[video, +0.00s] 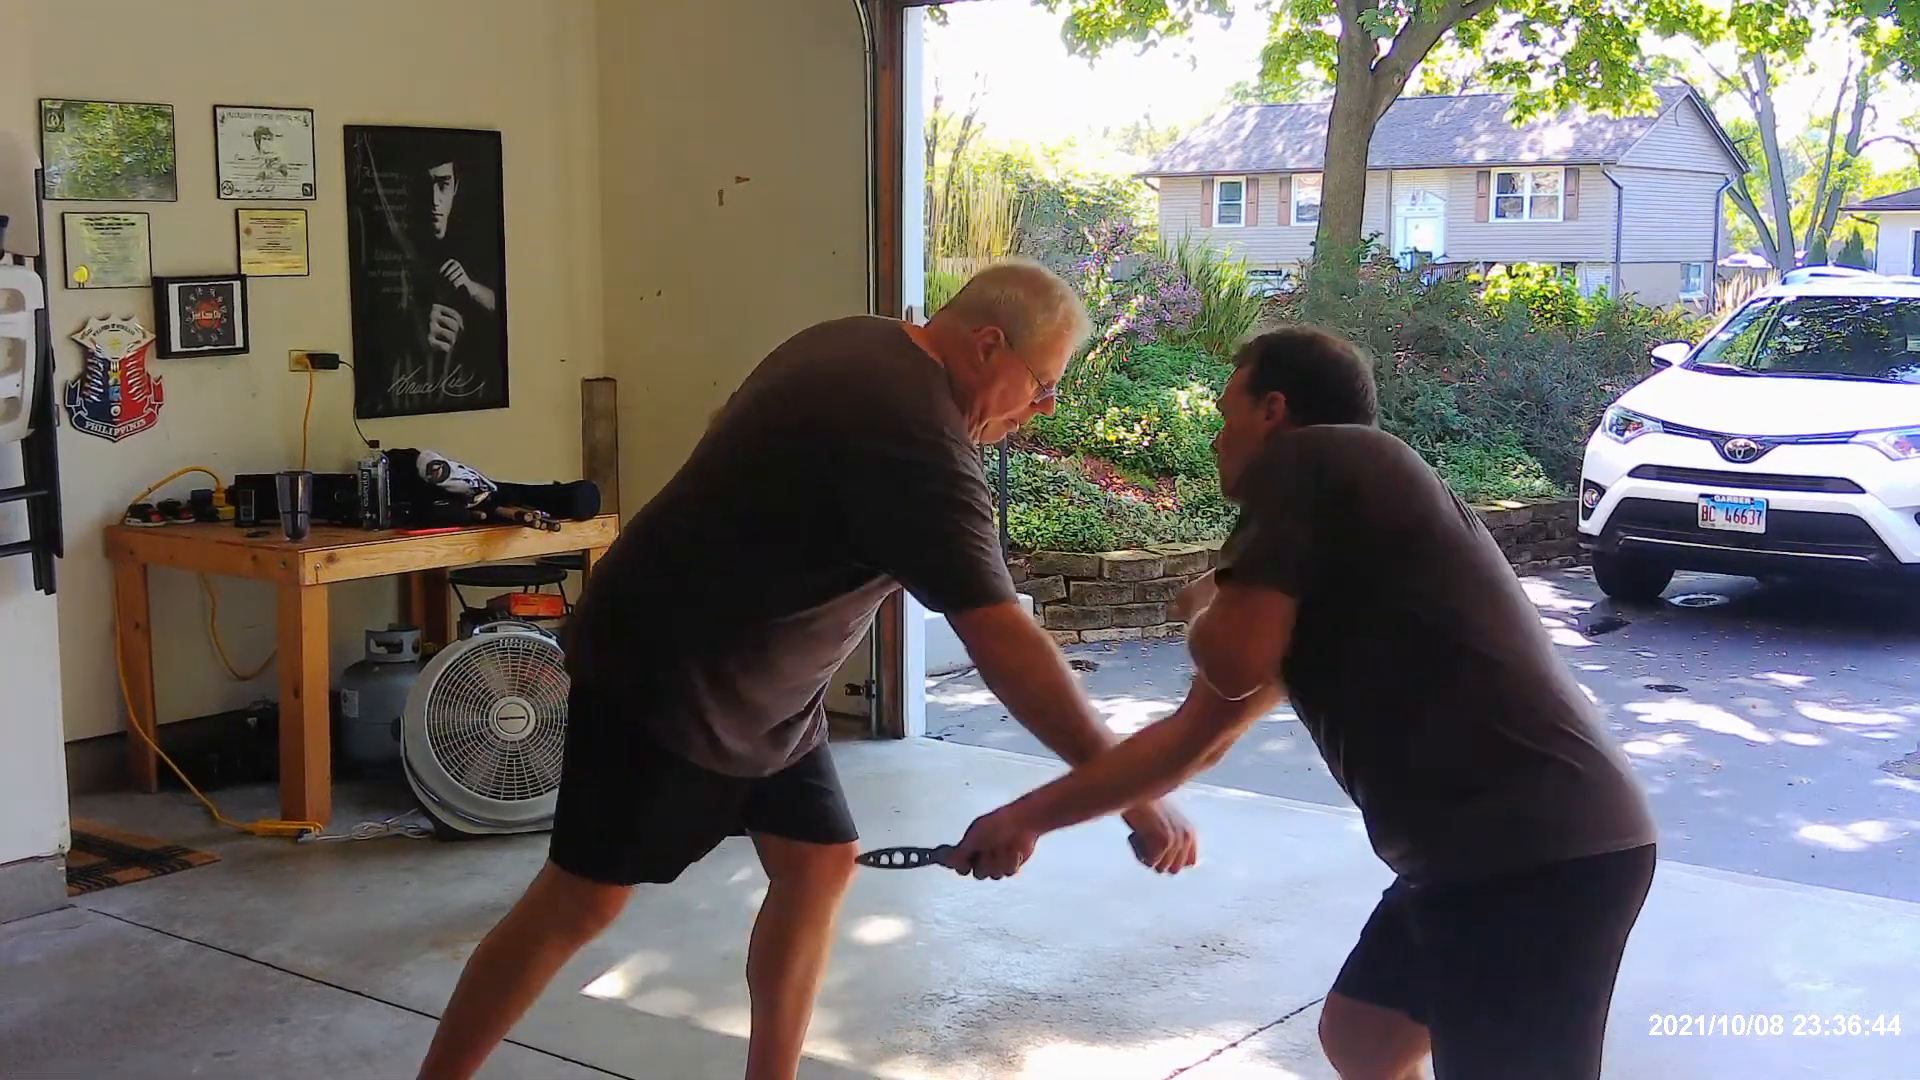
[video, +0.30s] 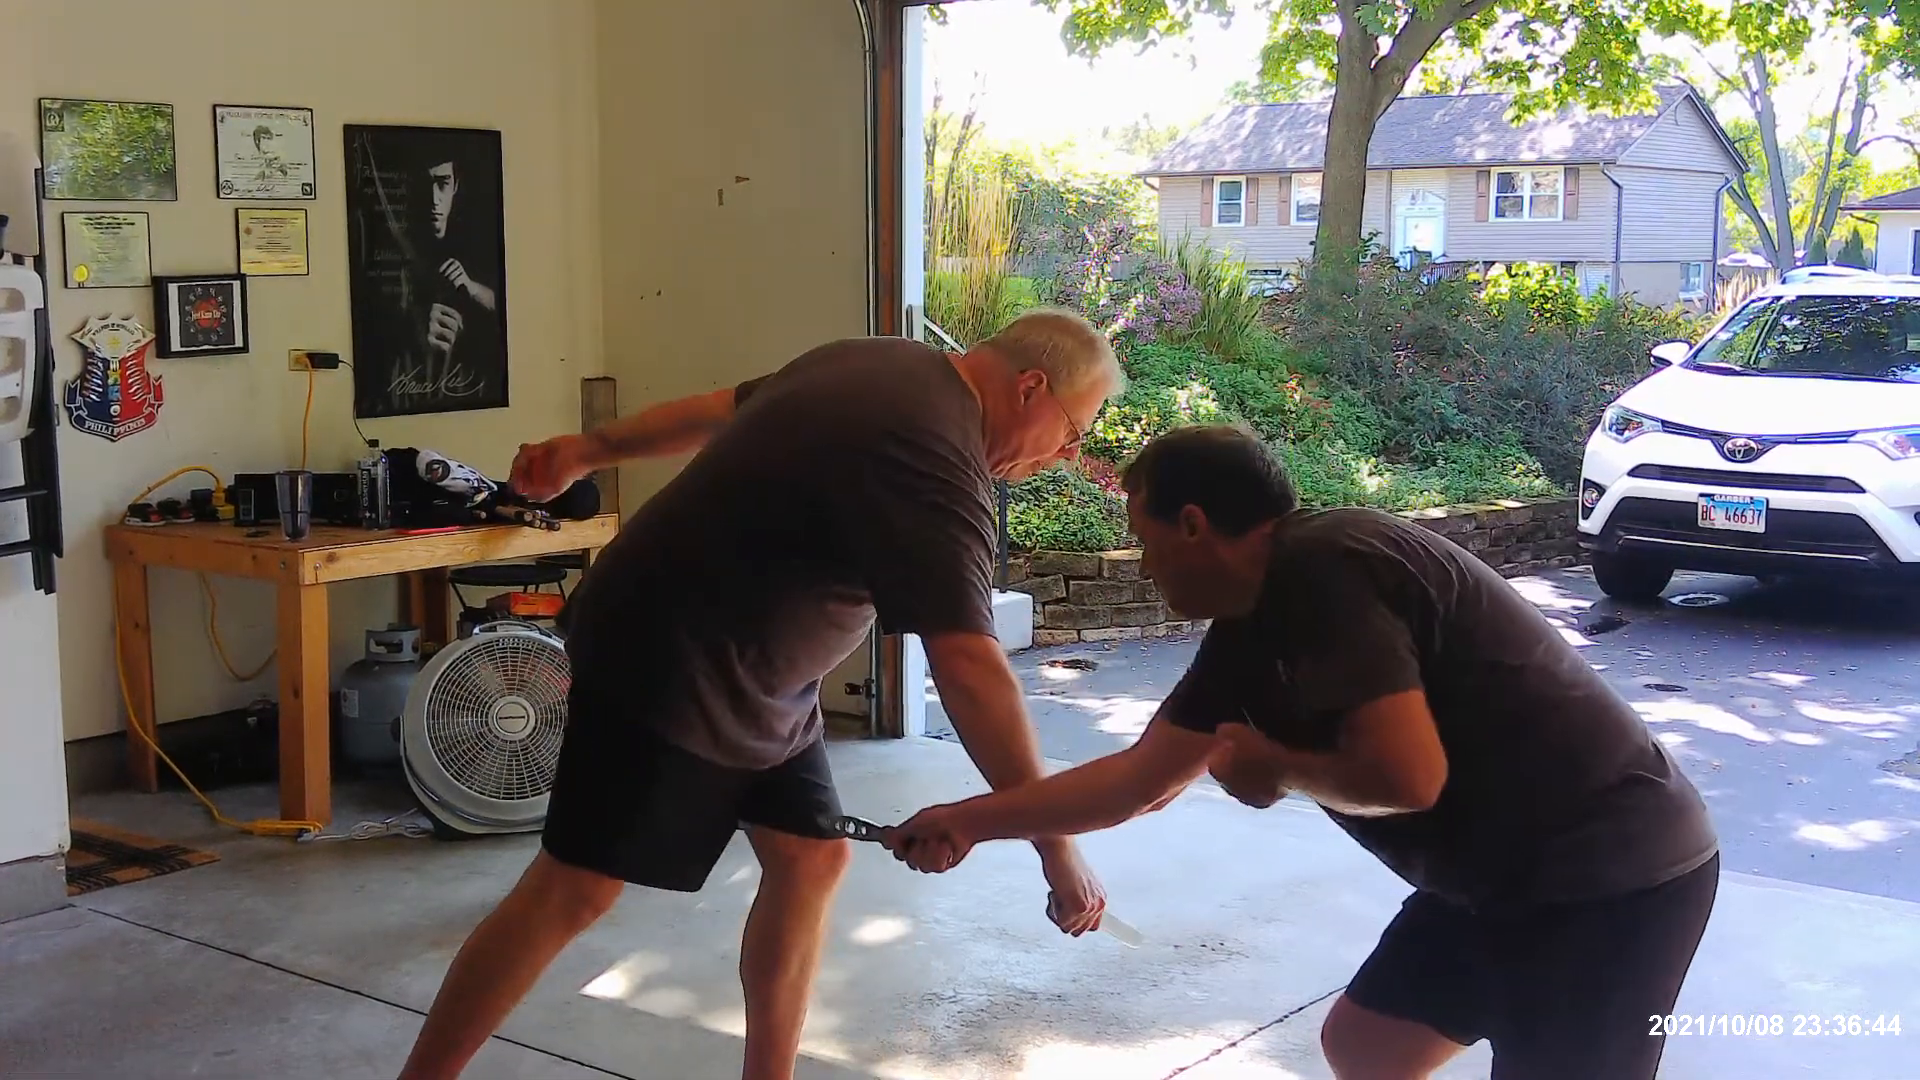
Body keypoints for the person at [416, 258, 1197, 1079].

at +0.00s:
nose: (1040, 409)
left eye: (1051, 391)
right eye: (1043, 384)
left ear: (972, 335)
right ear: (988, 347)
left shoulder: (862, 353)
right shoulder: (914, 430)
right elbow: (999, 636)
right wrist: (1129, 789)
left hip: (764, 670)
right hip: (657, 660)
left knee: (817, 856)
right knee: (583, 895)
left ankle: (772, 1068)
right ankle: (441, 1069)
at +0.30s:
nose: (1062, 455)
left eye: (1075, 439)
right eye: (1072, 430)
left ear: (1013, 376)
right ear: (1030, 390)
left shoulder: (884, 364)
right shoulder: (936, 452)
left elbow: (722, 411)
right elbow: (968, 664)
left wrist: (590, 448)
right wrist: (1055, 843)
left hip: (758, 663)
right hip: (659, 650)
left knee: (810, 854)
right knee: (575, 884)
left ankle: (767, 1072)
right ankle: (423, 1071)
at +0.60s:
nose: (1064, 422)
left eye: (1076, 404)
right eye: (1069, 395)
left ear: (1011, 350)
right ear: (1018, 356)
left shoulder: (873, 342)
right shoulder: (926, 419)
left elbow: (713, 437)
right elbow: (961, 645)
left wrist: (630, 555)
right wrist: (1044, 832)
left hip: (766, 654)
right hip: (674, 645)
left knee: (803, 852)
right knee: (593, 883)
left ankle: (765, 1072)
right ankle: (438, 1068)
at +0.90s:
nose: (1038, 396)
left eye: (1049, 381)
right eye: (1039, 371)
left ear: (976, 322)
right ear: (979, 323)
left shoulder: (901, 362)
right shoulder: (885, 399)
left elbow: (896, 573)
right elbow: (924, 645)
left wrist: (972, 691)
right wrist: (1010, 825)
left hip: (769, 637)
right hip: (682, 631)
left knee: (799, 866)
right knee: (746, 896)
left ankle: (762, 1073)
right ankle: (658, 1069)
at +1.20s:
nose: (1027, 401)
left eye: (1036, 384)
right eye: (1024, 377)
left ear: (964, 326)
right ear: (962, 326)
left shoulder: (940, 394)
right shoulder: (877, 402)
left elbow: (957, 579)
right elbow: (909, 654)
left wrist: (987, 740)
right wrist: (957, 816)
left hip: (742, 648)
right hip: (675, 652)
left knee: (770, 907)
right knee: (775, 919)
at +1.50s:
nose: (1018, 420)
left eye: (1032, 404)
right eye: (1022, 397)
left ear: (965, 341)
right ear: (967, 346)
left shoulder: (903, 377)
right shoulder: (874, 419)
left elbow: (925, 577)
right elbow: (857, 672)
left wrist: (959, 740)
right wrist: (902, 795)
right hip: (670, 663)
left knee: (663, 881)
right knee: (773, 924)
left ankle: (618, 1068)